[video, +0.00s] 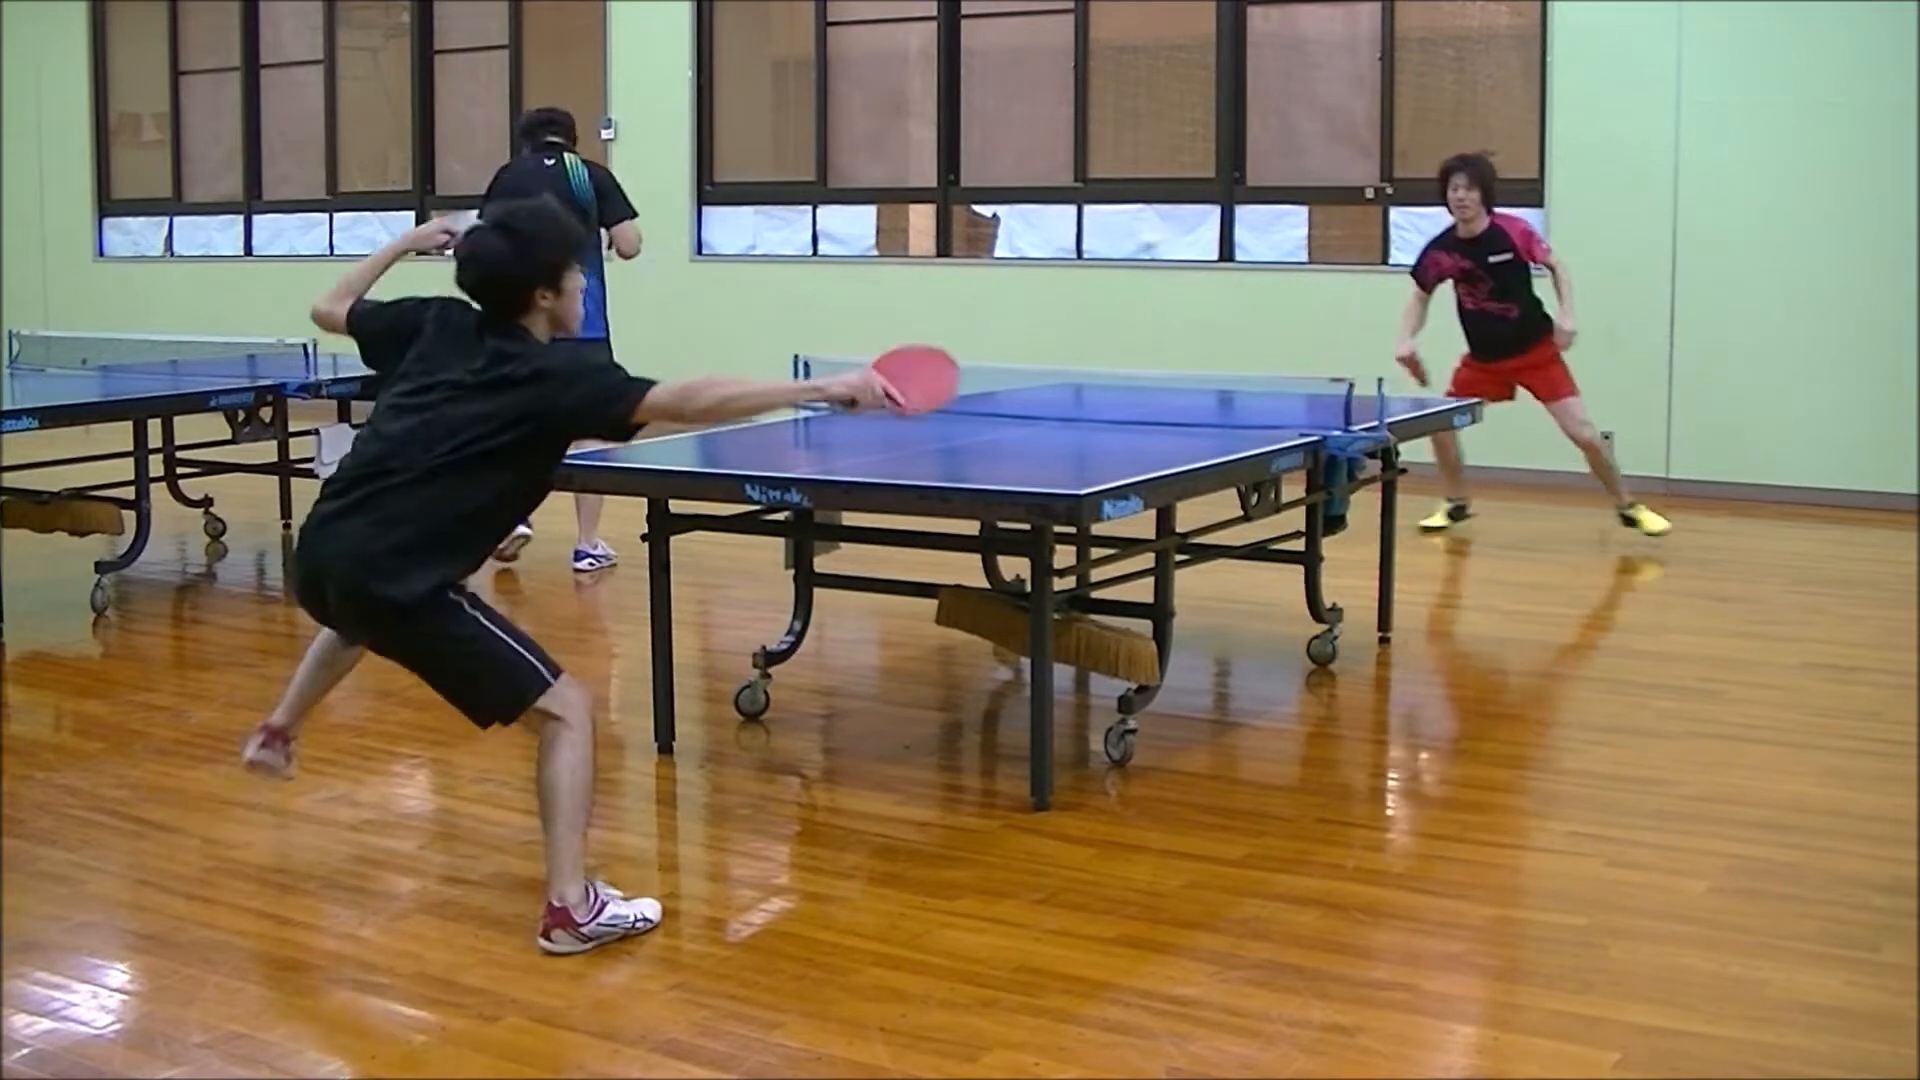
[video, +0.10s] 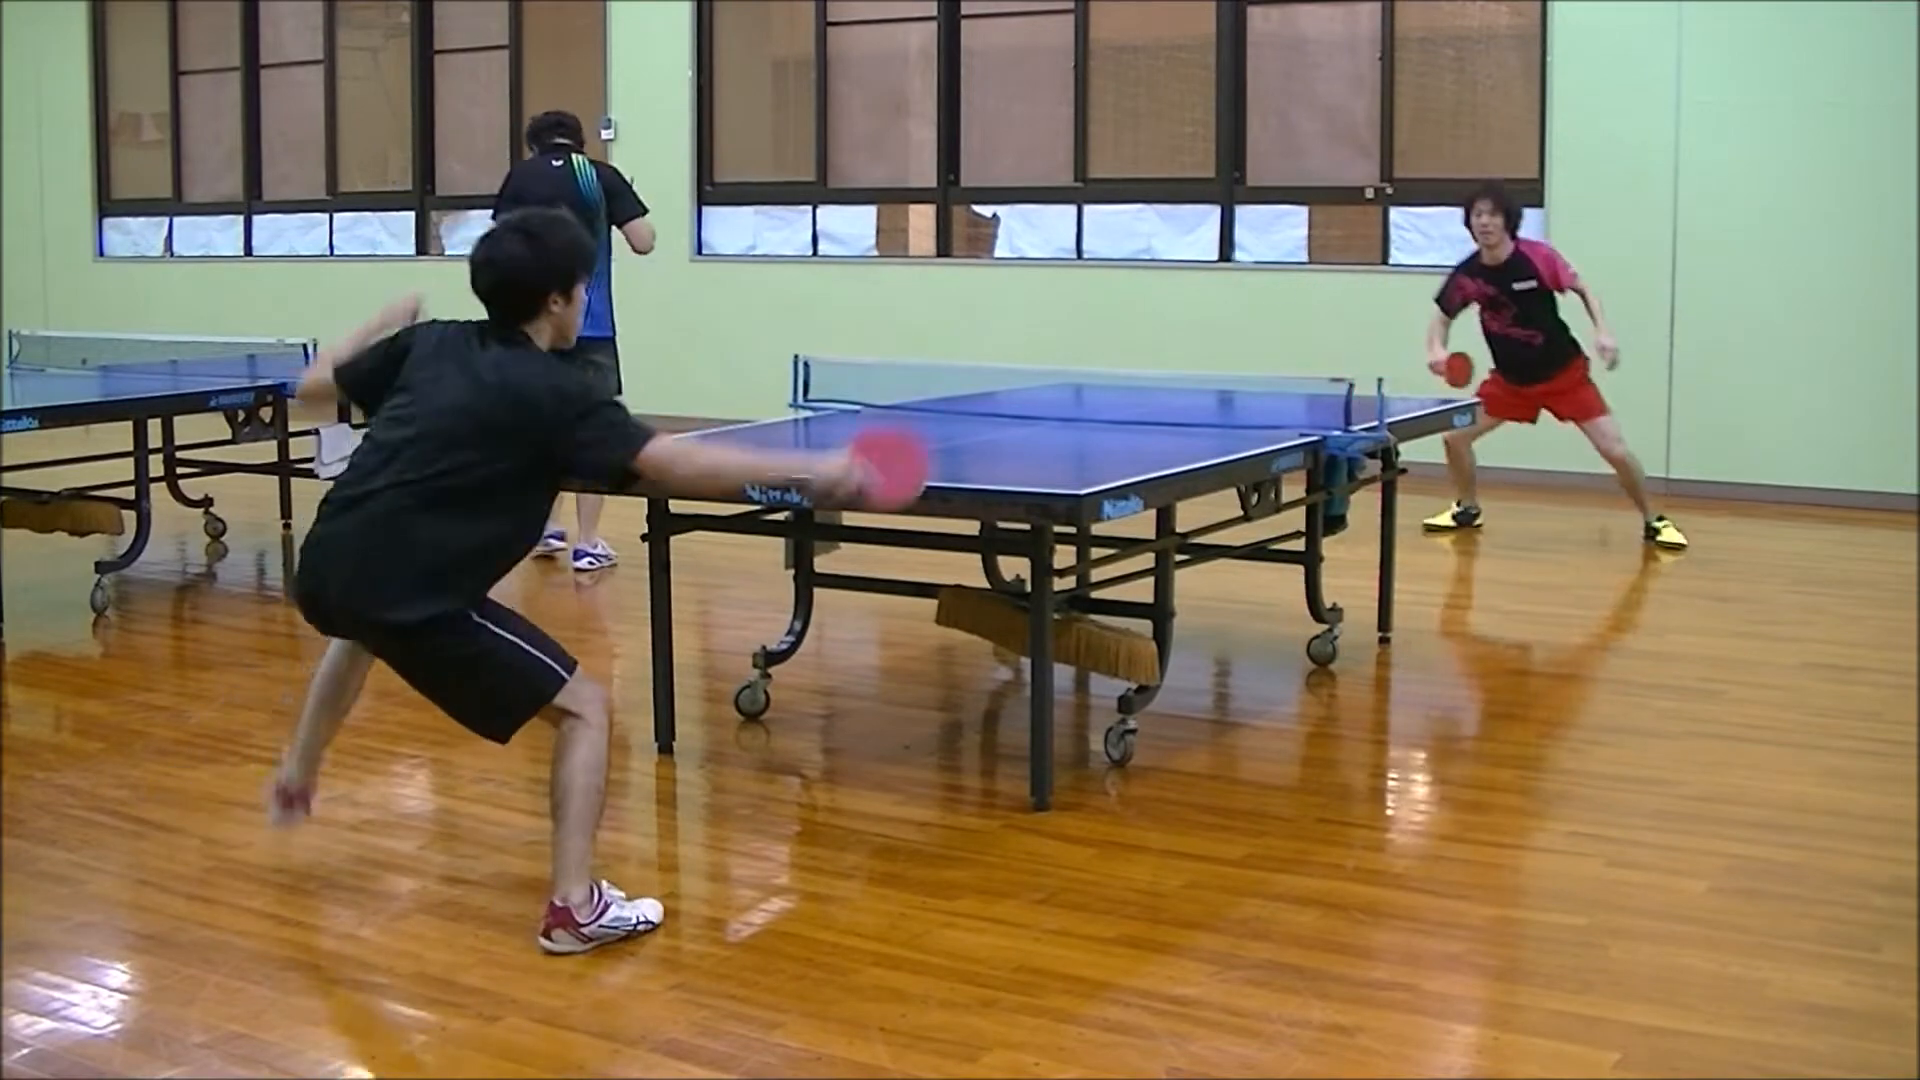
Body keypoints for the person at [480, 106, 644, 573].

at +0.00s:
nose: (583, 285)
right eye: (574, 275)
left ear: (526, 140)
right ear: (573, 140)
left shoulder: (506, 175)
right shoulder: (594, 174)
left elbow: (481, 239)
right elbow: (628, 244)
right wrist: (604, 217)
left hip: (505, 324)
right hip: (583, 333)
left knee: (508, 429)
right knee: (594, 438)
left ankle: (510, 519)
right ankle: (588, 543)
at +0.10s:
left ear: (532, 145)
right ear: (580, 143)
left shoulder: (518, 176)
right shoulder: (602, 175)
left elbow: (498, 235)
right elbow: (642, 241)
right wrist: (619, 203)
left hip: (522, 323)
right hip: (592, 326)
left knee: (541, 428)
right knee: (599, 434)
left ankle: (546, 526)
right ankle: (586, 542)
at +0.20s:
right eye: (590, 142)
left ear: (540, 150)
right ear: (586, 146)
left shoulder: (523, 182)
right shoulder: (606, 178)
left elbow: (511, 245)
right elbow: (654, 240)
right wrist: (626, 204)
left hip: (537, 328)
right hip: (594, 326)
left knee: (561, 431)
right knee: (592, 437)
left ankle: (590, 531)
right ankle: (584, 540)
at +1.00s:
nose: (526, 152)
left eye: (528, 145)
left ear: (536, 145)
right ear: (577, 142)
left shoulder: (537, 182)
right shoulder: (600, 179)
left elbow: (475, 197)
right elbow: (635, 195)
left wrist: (510, 157)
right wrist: (595, 161)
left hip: (552, 315)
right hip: (597, 313)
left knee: (545, 407)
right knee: (600, 407)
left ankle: (584, 476)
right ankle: (604, 498)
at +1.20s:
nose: (503, 157)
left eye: (506, 148)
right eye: (504, 147)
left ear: (521, 146)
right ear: (550, 145)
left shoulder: (527, 181)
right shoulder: (574, 180)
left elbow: (457, 180)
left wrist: (498, 145)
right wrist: (553, 147)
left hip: (532, 308)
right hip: (575, 307)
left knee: (512, 404)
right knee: (591, 400)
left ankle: (516, 498)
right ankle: (605, 495)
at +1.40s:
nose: (465, 160)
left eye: (470, 151)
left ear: (485, 153)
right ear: (514, 150)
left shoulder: (495, 185)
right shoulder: (539, 185)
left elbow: (427, 166)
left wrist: (471, 144)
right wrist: (514, 148)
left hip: (497, 305)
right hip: (536, 303)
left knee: (485, 402)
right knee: (550, 398)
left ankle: (496, 494)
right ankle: (594, 479)